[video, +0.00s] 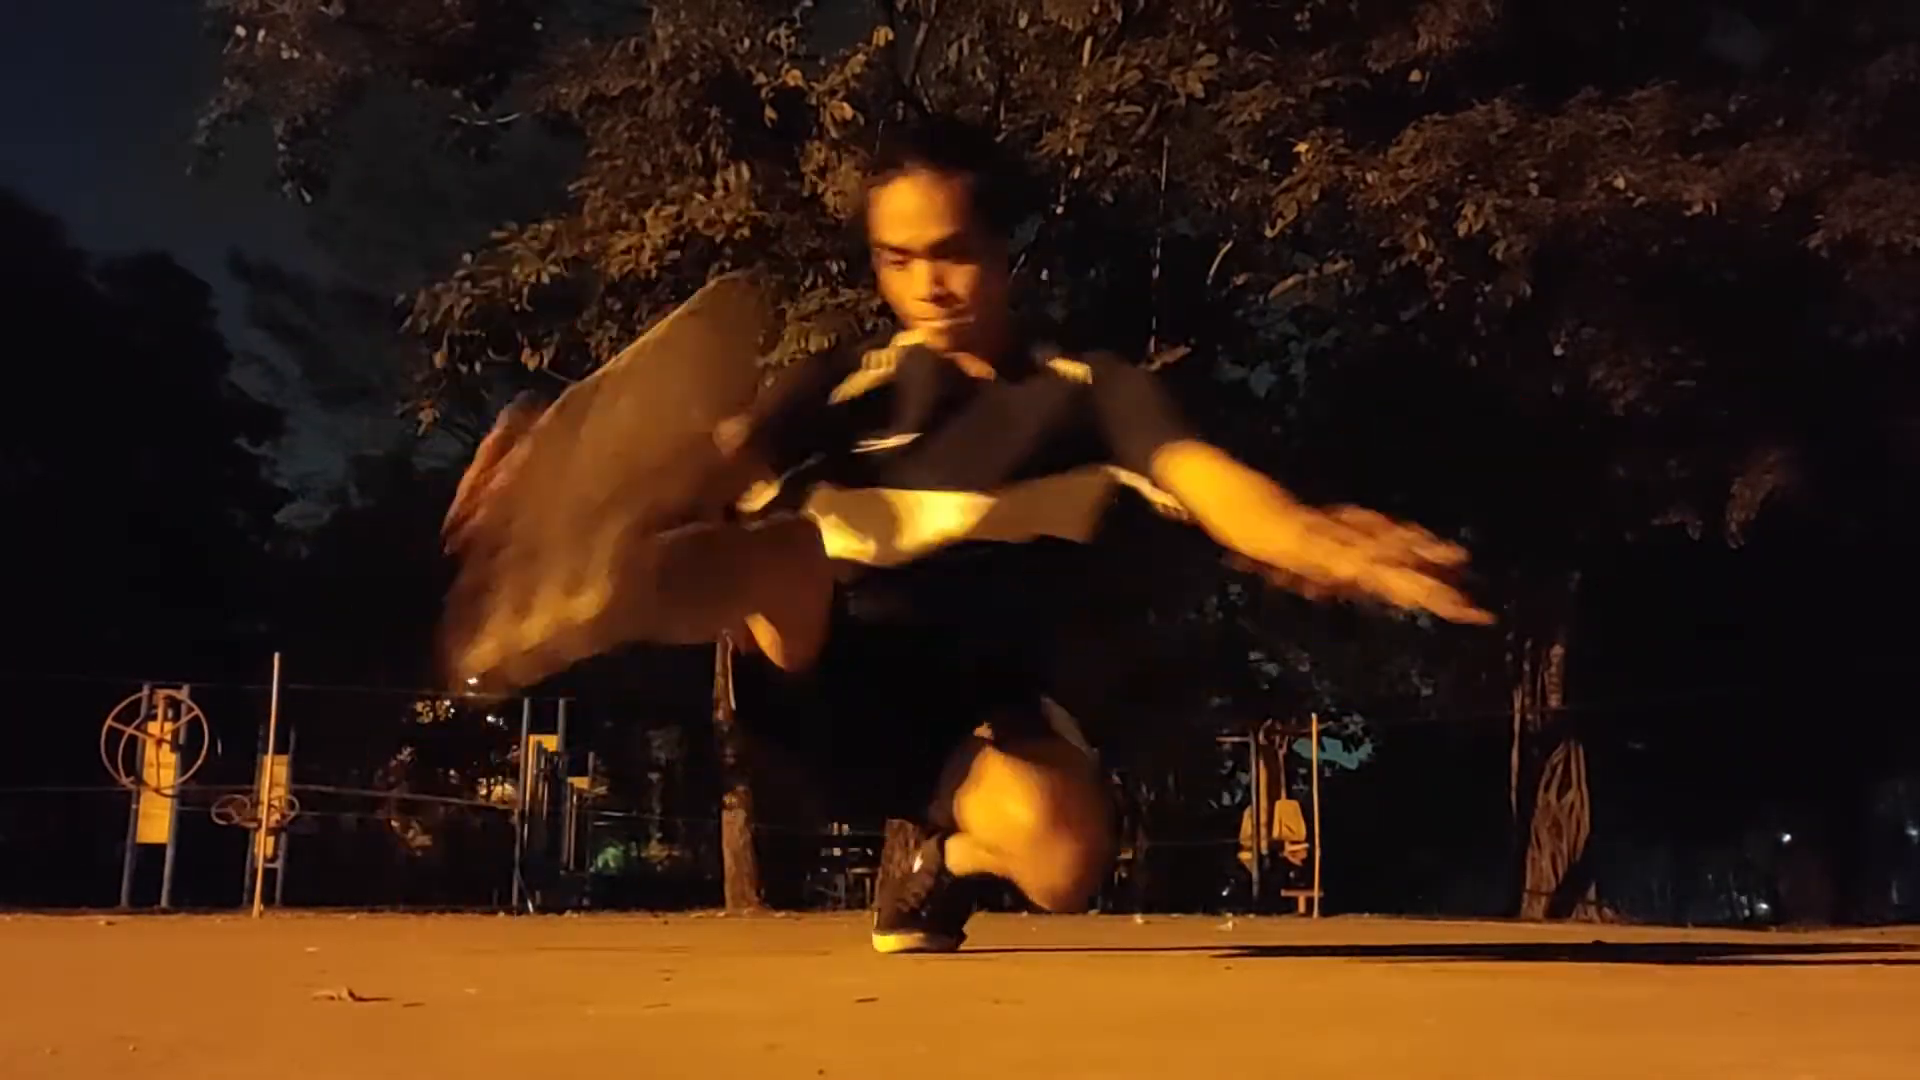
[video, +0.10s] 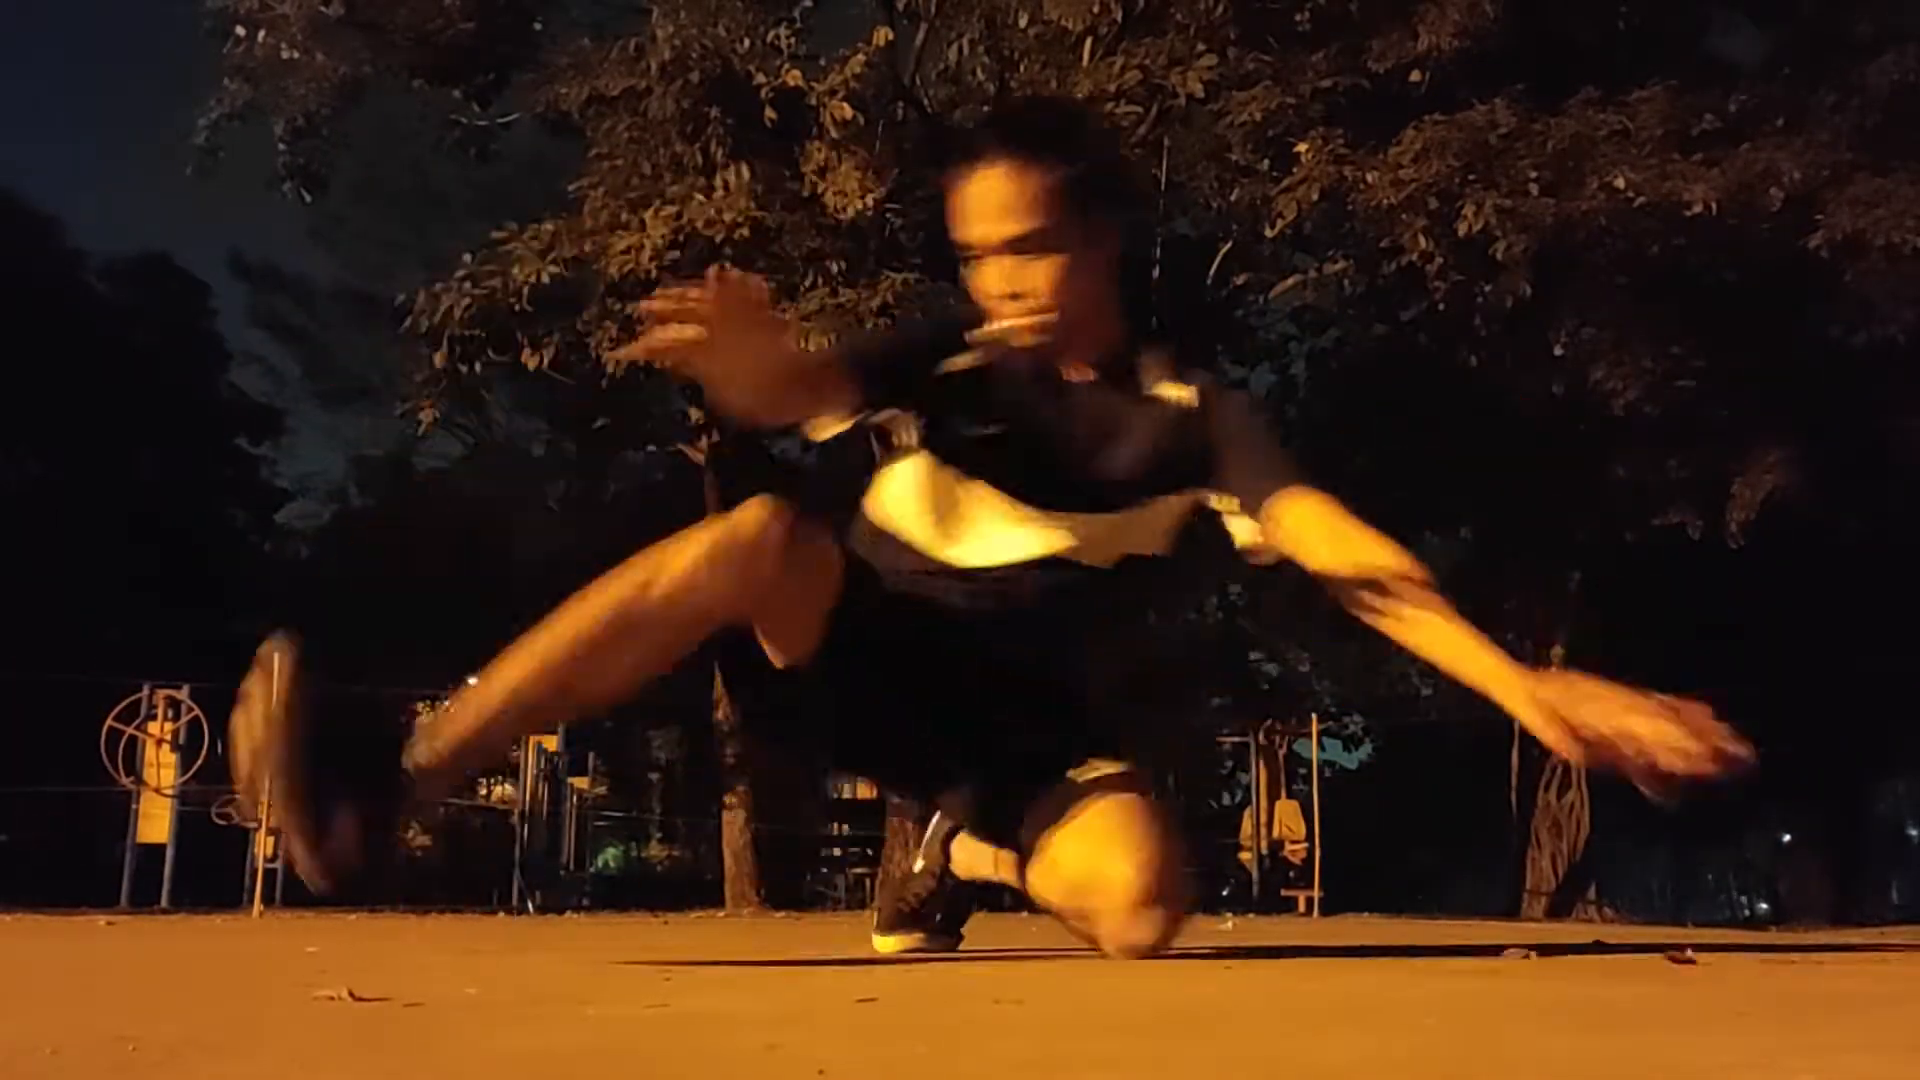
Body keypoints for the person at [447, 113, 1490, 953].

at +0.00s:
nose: (935, 282)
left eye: (959, 254)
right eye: (908, 259)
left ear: (1011, 255)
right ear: (876, 267)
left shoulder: (1091, 395)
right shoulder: (837, 395)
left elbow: (1210, 488)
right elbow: (691, 497)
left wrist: (1321, 545)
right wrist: (540, 513)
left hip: (977, 700)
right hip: (828, 684)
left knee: (1066, 858)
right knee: (778, 552)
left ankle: (929, 860)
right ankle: (579, 594)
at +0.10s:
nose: (1003, 290)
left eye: (1032, 251)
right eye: (980, 263)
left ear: (1118, 251)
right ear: (959, 277)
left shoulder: (1208, 431)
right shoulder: (930, 386)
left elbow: (1367, 578)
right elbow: (786, 401)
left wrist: (1541, 694)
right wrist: (738, 349)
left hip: (1076, 735)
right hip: (901, 690)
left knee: (1134, 905)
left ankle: (958, 878)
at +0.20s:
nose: (1136, 267)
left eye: (1174, 234)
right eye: (1114, 232)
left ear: (1252, 241)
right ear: (1085, 232)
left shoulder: (1303, 426)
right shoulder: (1042, 318)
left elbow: (1457, 623)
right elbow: (874, 380)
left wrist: (1647, 838)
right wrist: (911, 468)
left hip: (1089, 706)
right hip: (928, 630)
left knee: (1146, 910)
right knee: (722, 702)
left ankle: (974, 851)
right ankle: (521, 873)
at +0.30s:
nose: (1362, 284)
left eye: (1400, 257)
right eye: (1336, 243)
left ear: (1445, 260)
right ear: (1278, 215)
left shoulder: (1452, 405)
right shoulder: (1186, 284)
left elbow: (1509, 670)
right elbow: (1058, 483)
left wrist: (1621, 909)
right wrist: (1084, 701)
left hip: (1164, 645)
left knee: (1165, 912)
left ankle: (990, 833)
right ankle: (682, 848)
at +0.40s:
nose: (1589, 386)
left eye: (1623, 362)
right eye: (1581, 336)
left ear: (1645, 353)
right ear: (1501, 238)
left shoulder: (1523, 430)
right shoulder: (1324, 288)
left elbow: (1509, 676)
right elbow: (1215, 584)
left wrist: (1622, 924)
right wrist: (1223, 917)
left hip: (1186, 620)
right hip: (1023, 573)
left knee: (1174, 920)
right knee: (901, 851)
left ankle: (1011, 838)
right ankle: (931, 876)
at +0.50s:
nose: (1687, 492)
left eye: (1717, 476)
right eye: (1697, 446)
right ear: (1638, 328)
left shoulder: (1534, 450)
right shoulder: (1438, 337)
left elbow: (1491, 688)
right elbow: (1229, 601)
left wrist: (1617, 921)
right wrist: (1206, 922)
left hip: (1183, 592)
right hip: (1025, 546)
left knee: (1181, 924)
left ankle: (1009, 810)